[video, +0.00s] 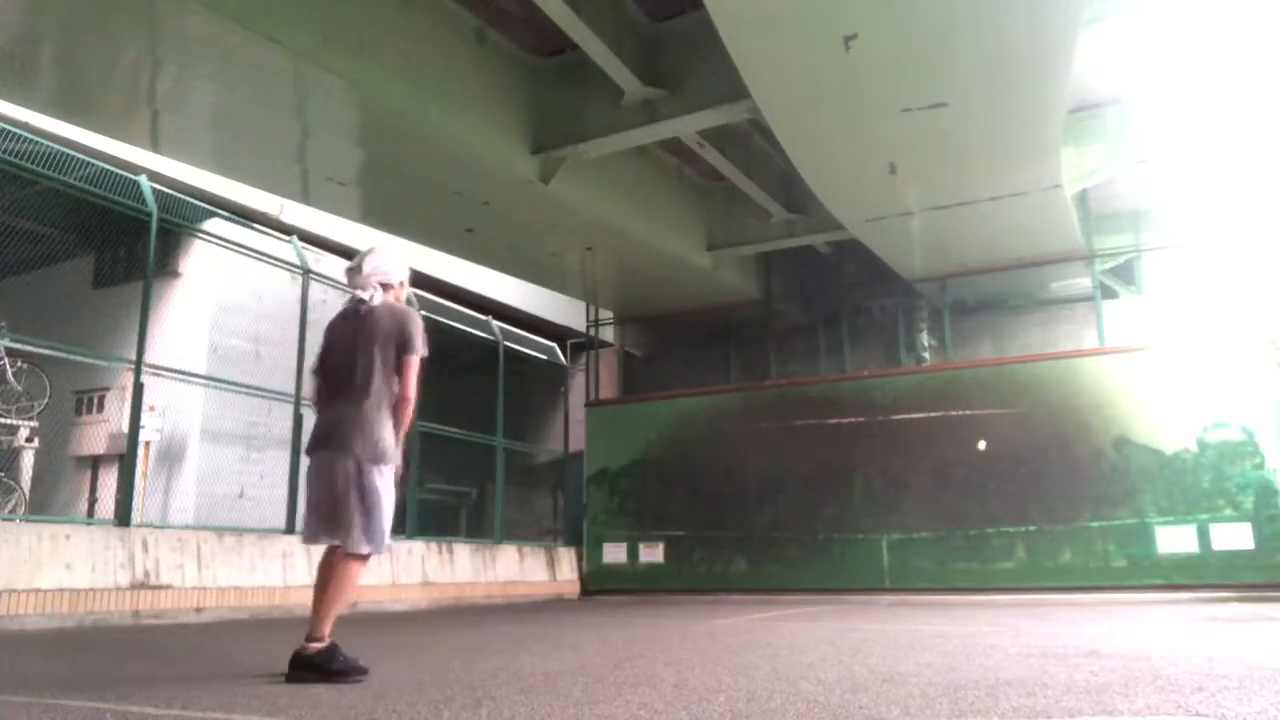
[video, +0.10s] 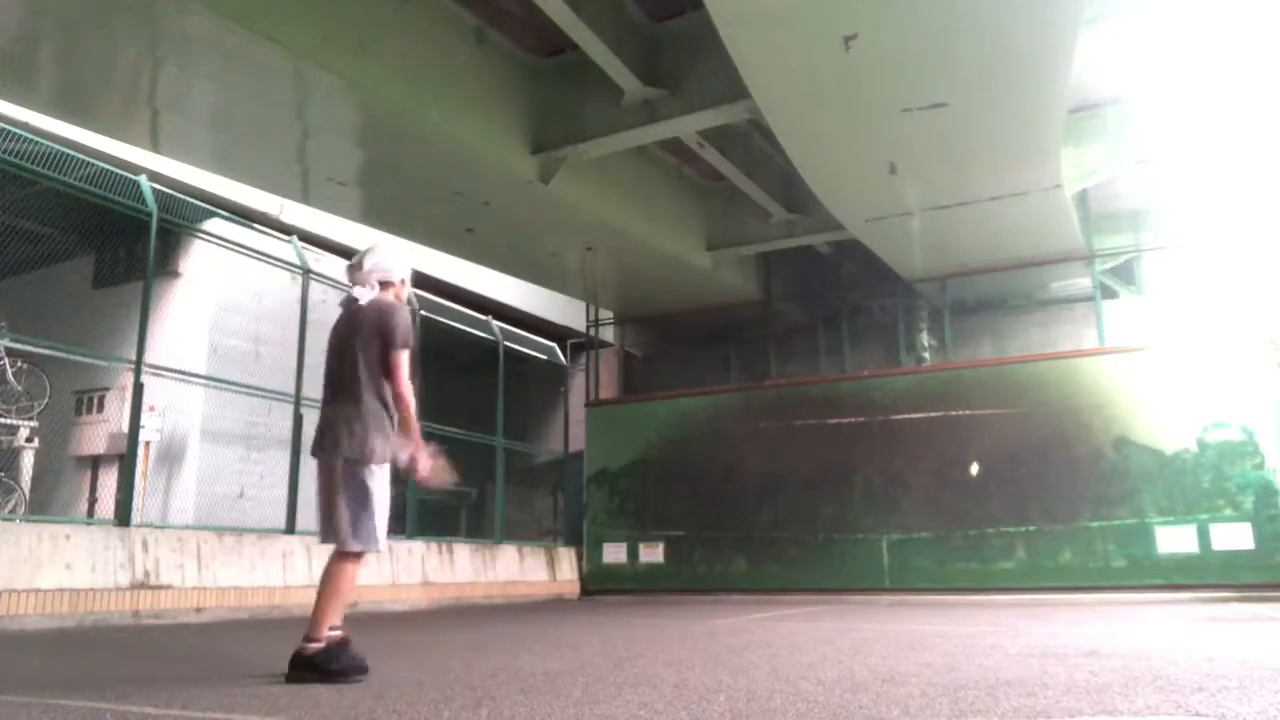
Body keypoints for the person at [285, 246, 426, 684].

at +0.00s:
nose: (408, 291)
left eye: (405, 285)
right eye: (406, 285)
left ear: (361, 284)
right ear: (394, 286)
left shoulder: (338, 323)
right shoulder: (405, 318)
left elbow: (319, 393)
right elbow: (406, 394)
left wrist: (341, 432)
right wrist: (395, 446)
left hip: (327, 444)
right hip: (369, 446)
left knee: (341, 543)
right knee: (359, 546)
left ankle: (316, 642)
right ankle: (317, 642)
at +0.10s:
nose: (409, 290)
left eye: (407, 282)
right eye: (407, 282)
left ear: (367, 280)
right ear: (394, 281)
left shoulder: (349, 315)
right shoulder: (393, 312)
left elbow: (352, 388)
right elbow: (399, 384)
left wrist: (397, 440)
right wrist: (415, 442)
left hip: (335, 440)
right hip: (363, 443)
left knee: (351, 544)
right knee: (354, 545)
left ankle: (329, 639)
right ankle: (314, 645)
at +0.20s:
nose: (413, 286)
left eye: (412, 278)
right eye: (410, 278)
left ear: (377, 277)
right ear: (396, 278)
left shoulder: (372, 309)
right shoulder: (384, 308)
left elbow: (401, 385)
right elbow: (400, 378)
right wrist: (447, 424)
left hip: (363, 446)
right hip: (354, 446)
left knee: (382, 537)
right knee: (346, 540)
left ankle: (355, 636)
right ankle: (309, 647)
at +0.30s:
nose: (421, 286)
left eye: (420, 278)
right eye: (417, 278)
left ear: (392, 279)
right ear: (401, 278)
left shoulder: (395, 320)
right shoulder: (378, 306)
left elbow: (438, 366)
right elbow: (403, 374)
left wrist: (497, 363)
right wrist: (471, 387)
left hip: (384, 455)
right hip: (355, 453)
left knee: (401, 540)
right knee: (338, 544)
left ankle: (381, 641)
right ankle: (309, 647)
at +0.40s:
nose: (432, 288)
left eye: (432, 280)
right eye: (428, 280)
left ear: (404, 281)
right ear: (409, 280)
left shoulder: (413, 323)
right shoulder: (385, 309)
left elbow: (459, 353)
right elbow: (400, 365)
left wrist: (509, 322)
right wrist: (458, 357)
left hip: (404, 454)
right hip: (370, 454)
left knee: (411, 544)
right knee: (359, 547)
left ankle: (385, 642)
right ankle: (313, 645)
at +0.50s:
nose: (447, 287)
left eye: (447, 280)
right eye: (443, 279)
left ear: (423, 280)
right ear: (426, 279)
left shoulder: (436, 320)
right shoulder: (395, 308)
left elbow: (489, 351)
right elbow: (389, 361)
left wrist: (509, 314)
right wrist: (434, 332)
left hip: (417, 447)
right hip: (395, 445)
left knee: (412, 545)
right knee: (406, 542)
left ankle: (386, 641)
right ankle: (335, 632)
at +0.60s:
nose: (466, 283)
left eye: (464, 276)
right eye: (460, 276)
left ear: (447, 280)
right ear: (442, 279)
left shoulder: (457, 325)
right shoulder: (412, 310)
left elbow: (509, 351)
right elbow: (376, 360)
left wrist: (522, 312)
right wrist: (401, 312)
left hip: (435, 439)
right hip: (413, 435)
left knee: (416, 542)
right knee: (448, 526)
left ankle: (387, 640)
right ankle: (393, 630)